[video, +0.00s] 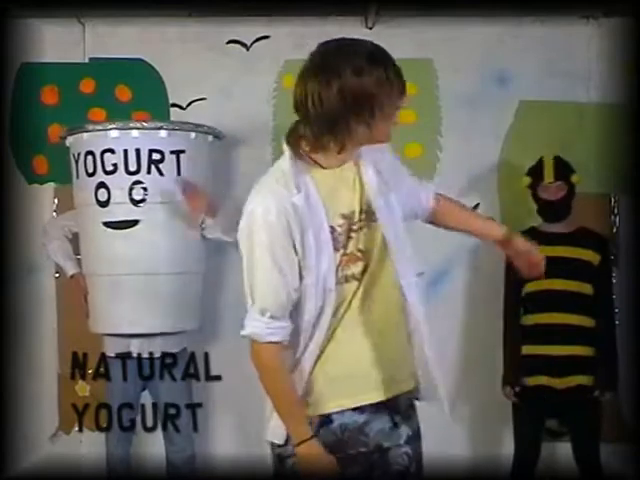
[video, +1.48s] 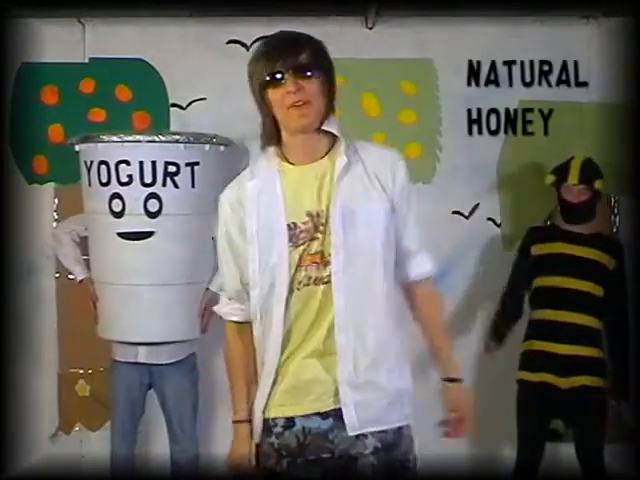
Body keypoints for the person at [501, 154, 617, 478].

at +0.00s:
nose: (553, 195)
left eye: (560, 187)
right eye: (545, 188)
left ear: (572, 189)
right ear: (533, 194)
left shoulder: (595, 246)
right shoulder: (520, 245)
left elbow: (605, 313)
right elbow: (511, 314)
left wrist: (607, 372)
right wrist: (510, 370)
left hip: (581, 375)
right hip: (532, 375)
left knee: (588, 462)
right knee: (524, 461)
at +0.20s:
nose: (554, 195)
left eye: (561, 187)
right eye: (546, 188)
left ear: (573, 189)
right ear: (534, 193)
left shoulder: (597, 245)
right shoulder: (520, 245)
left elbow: (605, 313)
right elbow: (511, 308)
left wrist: (608, 372)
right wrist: (504, 359)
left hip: (581, 372)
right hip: (531, 373)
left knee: (588, 460)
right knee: (524, 459)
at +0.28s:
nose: (556, 195)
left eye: (563, 187)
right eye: (548, 187)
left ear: (575, 189)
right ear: (535, 193)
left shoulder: (597, 245)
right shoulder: (521, 245)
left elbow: (607, 314)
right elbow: (509, 309)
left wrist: (609, 372)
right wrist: (479, 326)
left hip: (581, 371)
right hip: (532, 371)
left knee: (589, 461)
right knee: (525, 459)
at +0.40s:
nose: (555, 194)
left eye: (563, 186)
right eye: (547, 187)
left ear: (576, 190)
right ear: (537, 191)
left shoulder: (599, 245)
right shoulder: (525, 241)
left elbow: (609, 315)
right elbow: (496, 291)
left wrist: (613, 374)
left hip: (581, 370)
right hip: (533, 369)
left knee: (589, 460)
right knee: (526, 459)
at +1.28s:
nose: (579, 195)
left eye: (588, 188)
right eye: (572, 187)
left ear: (600, 193)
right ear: (561, 190)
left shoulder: (611, 249)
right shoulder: (537, 237)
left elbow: (618, 320)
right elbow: (498, 282)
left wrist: (622, 380)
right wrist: (494, 245)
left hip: (587, 368)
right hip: (538, 364)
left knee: (591, 460)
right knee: (527, 458)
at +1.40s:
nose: (577, 196)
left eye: (586, 188)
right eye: (570, 187)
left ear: (598, 193)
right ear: (559, 190)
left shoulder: (610, 249)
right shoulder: (536, 237)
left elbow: (618, 318)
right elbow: (511, 282)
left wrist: (621, 376)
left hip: (587, 365)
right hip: (538, 361)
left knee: (591, 458)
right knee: (528, 457)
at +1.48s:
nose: (574, 196)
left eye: (583, 189)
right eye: (568, 188)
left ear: (596, 194)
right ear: (557, 191)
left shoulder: (610, 249)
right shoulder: (536, 238)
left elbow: (617, 318)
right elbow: (514, 293)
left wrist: (621, 375)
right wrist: (497, 331)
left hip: (586, 365)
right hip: (537, 361)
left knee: (591, 458)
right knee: (528, 457)